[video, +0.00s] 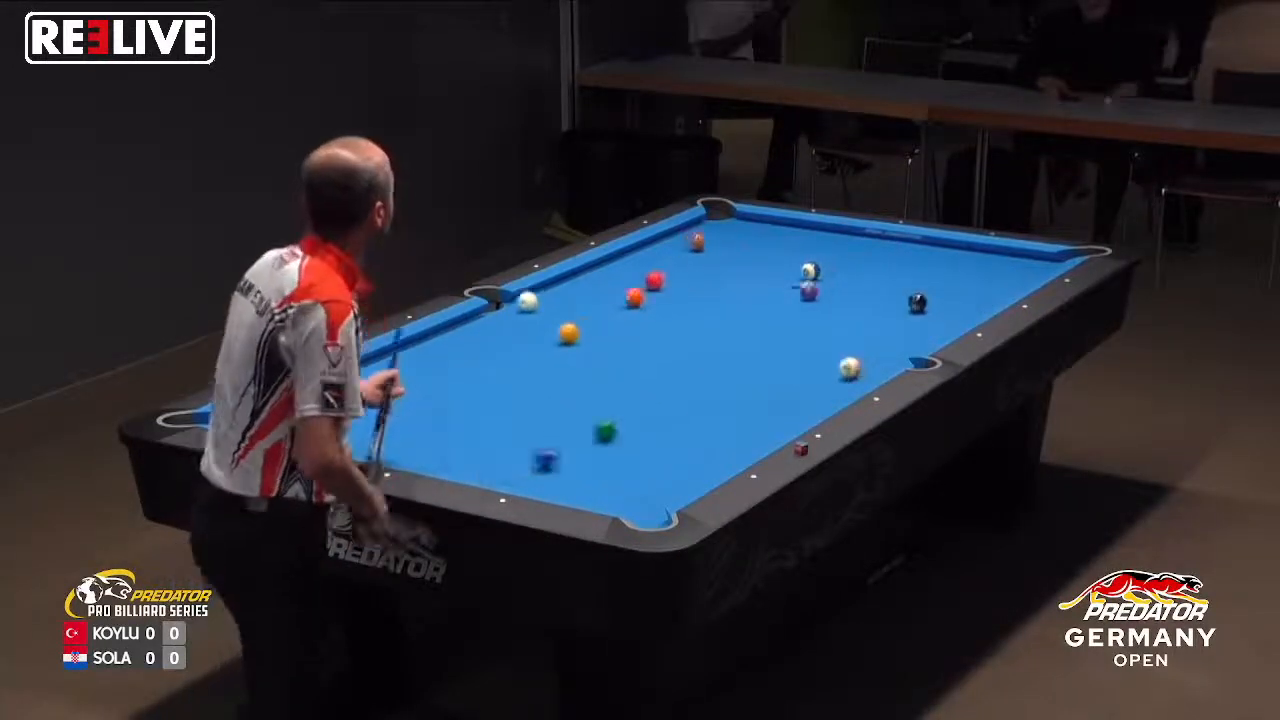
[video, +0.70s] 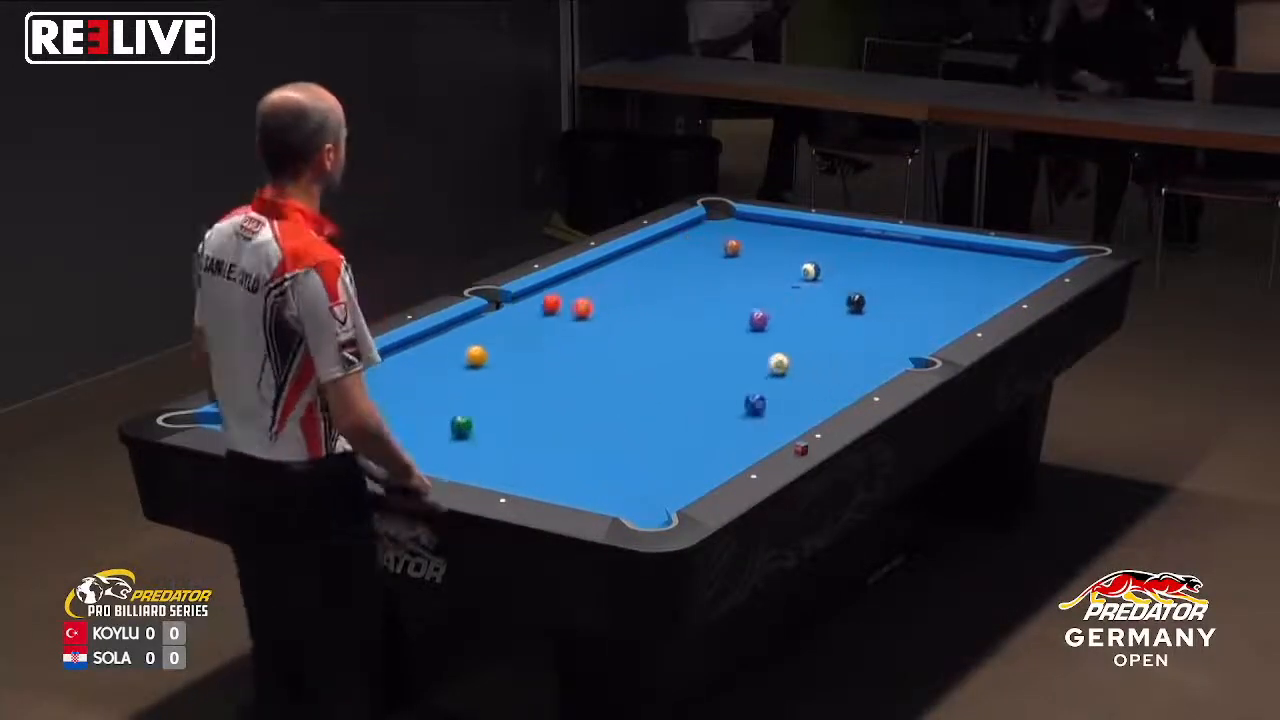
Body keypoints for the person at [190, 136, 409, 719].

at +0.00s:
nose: (393, 205)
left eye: (392, 192)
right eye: (392, 195)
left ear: (312, 199)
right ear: (378, 212)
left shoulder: (270, 266)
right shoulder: (327, 303)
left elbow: (272, 383)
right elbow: (320, 455)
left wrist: (355, 391)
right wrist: (371, 506)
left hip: (224, 504)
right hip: (270, 523)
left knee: (273, 669)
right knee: (292, 677)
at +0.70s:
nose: (344, 154)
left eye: (341, 142)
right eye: (342, 143)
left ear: (267, 148)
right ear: (328, 155)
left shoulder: (219, 238)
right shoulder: (313, 259)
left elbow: (209, 355)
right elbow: (353, 416)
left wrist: (266, 406)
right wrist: (406, 472)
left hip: (245, 479)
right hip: (314, 487)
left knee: (276, 653)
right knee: (339, 653)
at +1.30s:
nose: (335, 193)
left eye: (331, 180)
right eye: (333, 181)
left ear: (248, 189)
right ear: (320, 195)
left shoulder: (204, 284)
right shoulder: (316, 317)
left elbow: (194, 404)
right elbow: (358, 476)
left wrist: (216, 481)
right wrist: (405, 543)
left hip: (245, 532)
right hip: (316, 542)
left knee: (282, 680)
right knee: (351, 684)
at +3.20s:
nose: (292, 215)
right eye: (292, 204)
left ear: (200, 209)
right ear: (283, 215)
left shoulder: (144, 308)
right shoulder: (298, 338)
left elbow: (127, 446)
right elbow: (338, 494)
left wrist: (144, 534)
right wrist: (371, 587)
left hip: (185, 554)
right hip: (278, 561)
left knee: (190, 698)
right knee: (289, 698)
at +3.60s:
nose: (204, 189)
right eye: (204, 177)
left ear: (117, 179)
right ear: (198, 187)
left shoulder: (61, 284)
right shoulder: (233, 301)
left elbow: (33, 429)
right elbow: (274, 447)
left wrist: (63, 465)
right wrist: (290, 533)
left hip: (106, 525)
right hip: (207, 527)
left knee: (131, 695)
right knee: (243, 684)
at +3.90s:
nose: (157, 177)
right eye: (157, 166)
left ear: (74, 168)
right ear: (151, 174)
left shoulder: (21, 271)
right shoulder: (195, 276)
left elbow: (8, 409)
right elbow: (227, 419)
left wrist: (48, 409)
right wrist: (221, 497)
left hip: (72, 514)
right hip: (173, 508)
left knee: (108, 683)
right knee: (193, 674)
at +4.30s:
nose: (128, 171)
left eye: (126, 161)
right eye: (128, 162)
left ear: (49, 161)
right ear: (118, 167)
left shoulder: (8, 249)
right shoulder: (157, 264)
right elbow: (180, 404)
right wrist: (166, 486)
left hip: (30, 482)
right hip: (127, 478)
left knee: (57, 636)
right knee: (117, 633)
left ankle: (85, 711)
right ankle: (107, 713)